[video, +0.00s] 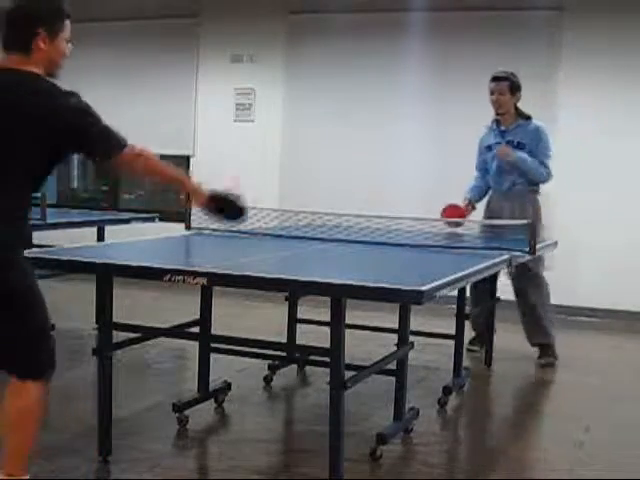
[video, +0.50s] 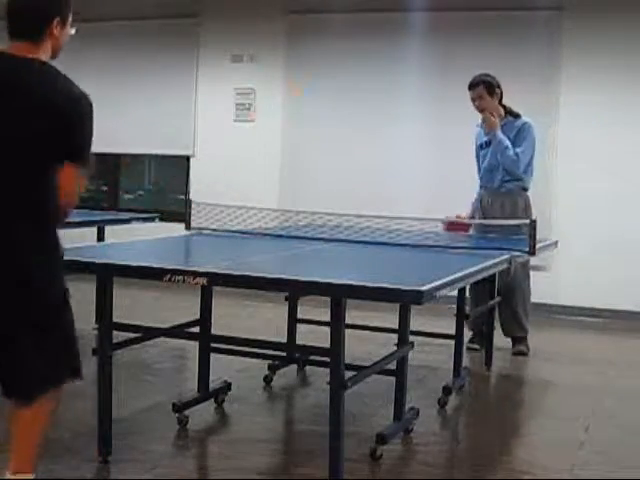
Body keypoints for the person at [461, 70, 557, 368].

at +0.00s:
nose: (496, 99)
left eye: (502, 94)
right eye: (493, 94)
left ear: (516, 97)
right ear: (489, 98)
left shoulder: (534, 132)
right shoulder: (488, 137)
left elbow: (543, 174)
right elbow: (482, 177)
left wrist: (515, 157)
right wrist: (469, 201)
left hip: (523, 203)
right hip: (496, 204)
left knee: (527, 274)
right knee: (483, 272)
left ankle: (545, 343)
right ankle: (481, 334)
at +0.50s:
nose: (476, 106)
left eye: (480, 99)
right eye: (473, 101)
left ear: (497, 96)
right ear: (474, 103)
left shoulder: (523, 128)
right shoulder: (481, 133)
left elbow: (518, 167)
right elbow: (484, 178)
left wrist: (495, 134)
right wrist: (474, 210)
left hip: (513, 198)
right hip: (487, 199)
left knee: (513, 269)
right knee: (480, 268)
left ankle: (518, 336)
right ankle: (480, 332)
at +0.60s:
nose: (471, 108)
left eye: (474, 101)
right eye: (467, 103)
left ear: (491, 97)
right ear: (468, 105)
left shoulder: (518, 130)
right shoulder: (478, 134)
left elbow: (514, 171)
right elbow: (482, 178)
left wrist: (489, 137)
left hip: (510, 198)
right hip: (484, 198)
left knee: (511, 270)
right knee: (473, 266)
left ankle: (518, 335)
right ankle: (468, 327)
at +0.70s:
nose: (459, 109)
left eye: (463, 102)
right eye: (457, 104)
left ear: (480, 100)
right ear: (463, 105)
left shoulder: (509, 133)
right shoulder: (471, 134)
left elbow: (514, 176)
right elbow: (478, 173)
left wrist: (480, 147)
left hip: (502, 199)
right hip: (477, 198)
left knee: (509, 269)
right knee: (461, 262)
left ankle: (517, 333)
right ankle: (443, 325)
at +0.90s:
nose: (425, 112)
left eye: (429, 106)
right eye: (424, 106)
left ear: (446, 106)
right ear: (434, 109)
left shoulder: (477, 137)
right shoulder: (439, 140)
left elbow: (503, 171)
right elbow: (446, 169)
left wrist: (471, 188)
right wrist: (449, 184)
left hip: (479, 207)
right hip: (452, 205)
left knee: (494, 272)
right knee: (431, 265)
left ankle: (516, 333)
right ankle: (404, 326)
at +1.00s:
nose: (406, 111)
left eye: (411, 105)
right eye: (406, 106)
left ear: (428, 106)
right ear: (417, 109)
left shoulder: (457, 137)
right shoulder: (420, 142)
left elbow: (484, 175)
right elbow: (426, 186)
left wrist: (470, 203)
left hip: (462, 207)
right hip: (435, 206)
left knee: (480, 273)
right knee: (418, 267)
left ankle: (512, 333)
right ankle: (396, 331)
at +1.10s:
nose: (393, 111)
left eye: (397, 105)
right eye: (392, 105)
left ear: (415, 103)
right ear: (407, 105)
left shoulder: (448, 134)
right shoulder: (406, 142)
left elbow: (471, 173)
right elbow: (394, 180)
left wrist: (461, 206)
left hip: (451, 202)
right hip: (423, 202)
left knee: (466, 268)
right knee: (412, 265)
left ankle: (494, 331)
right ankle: (394, 332)